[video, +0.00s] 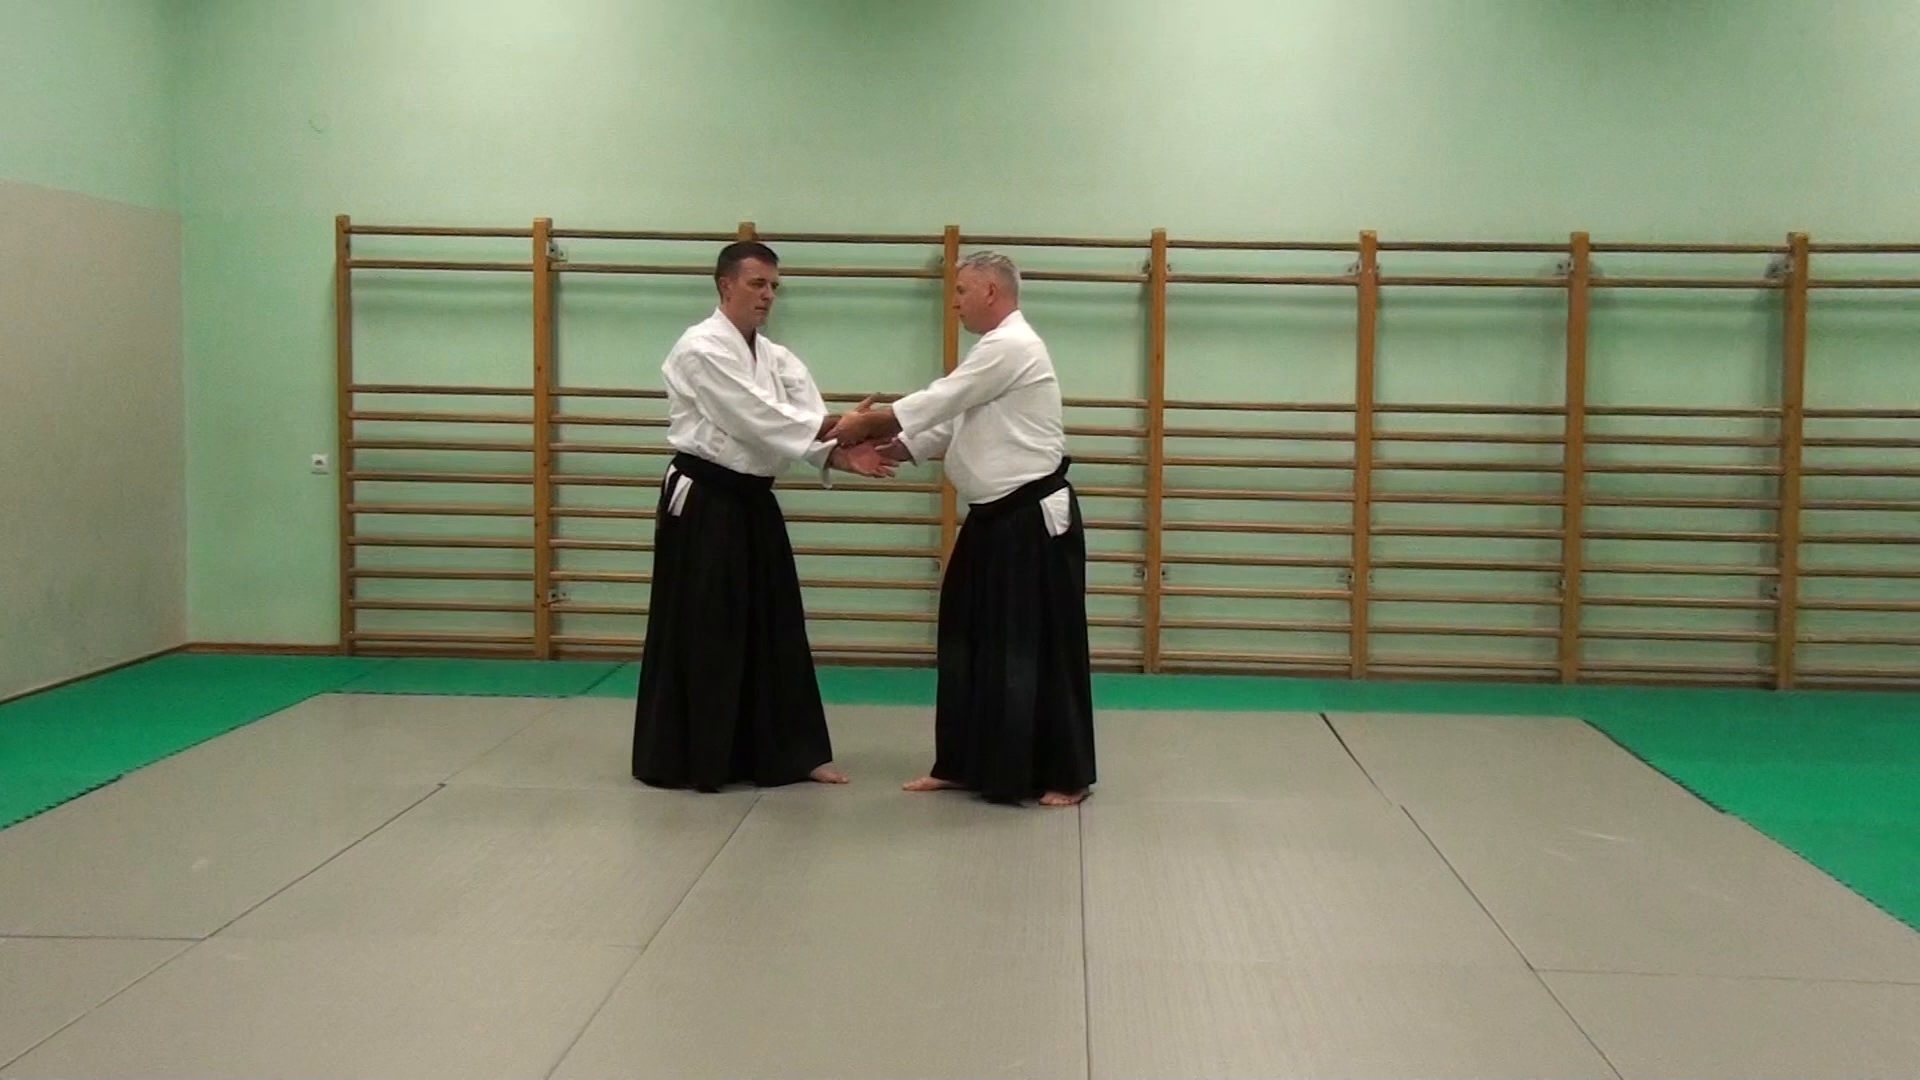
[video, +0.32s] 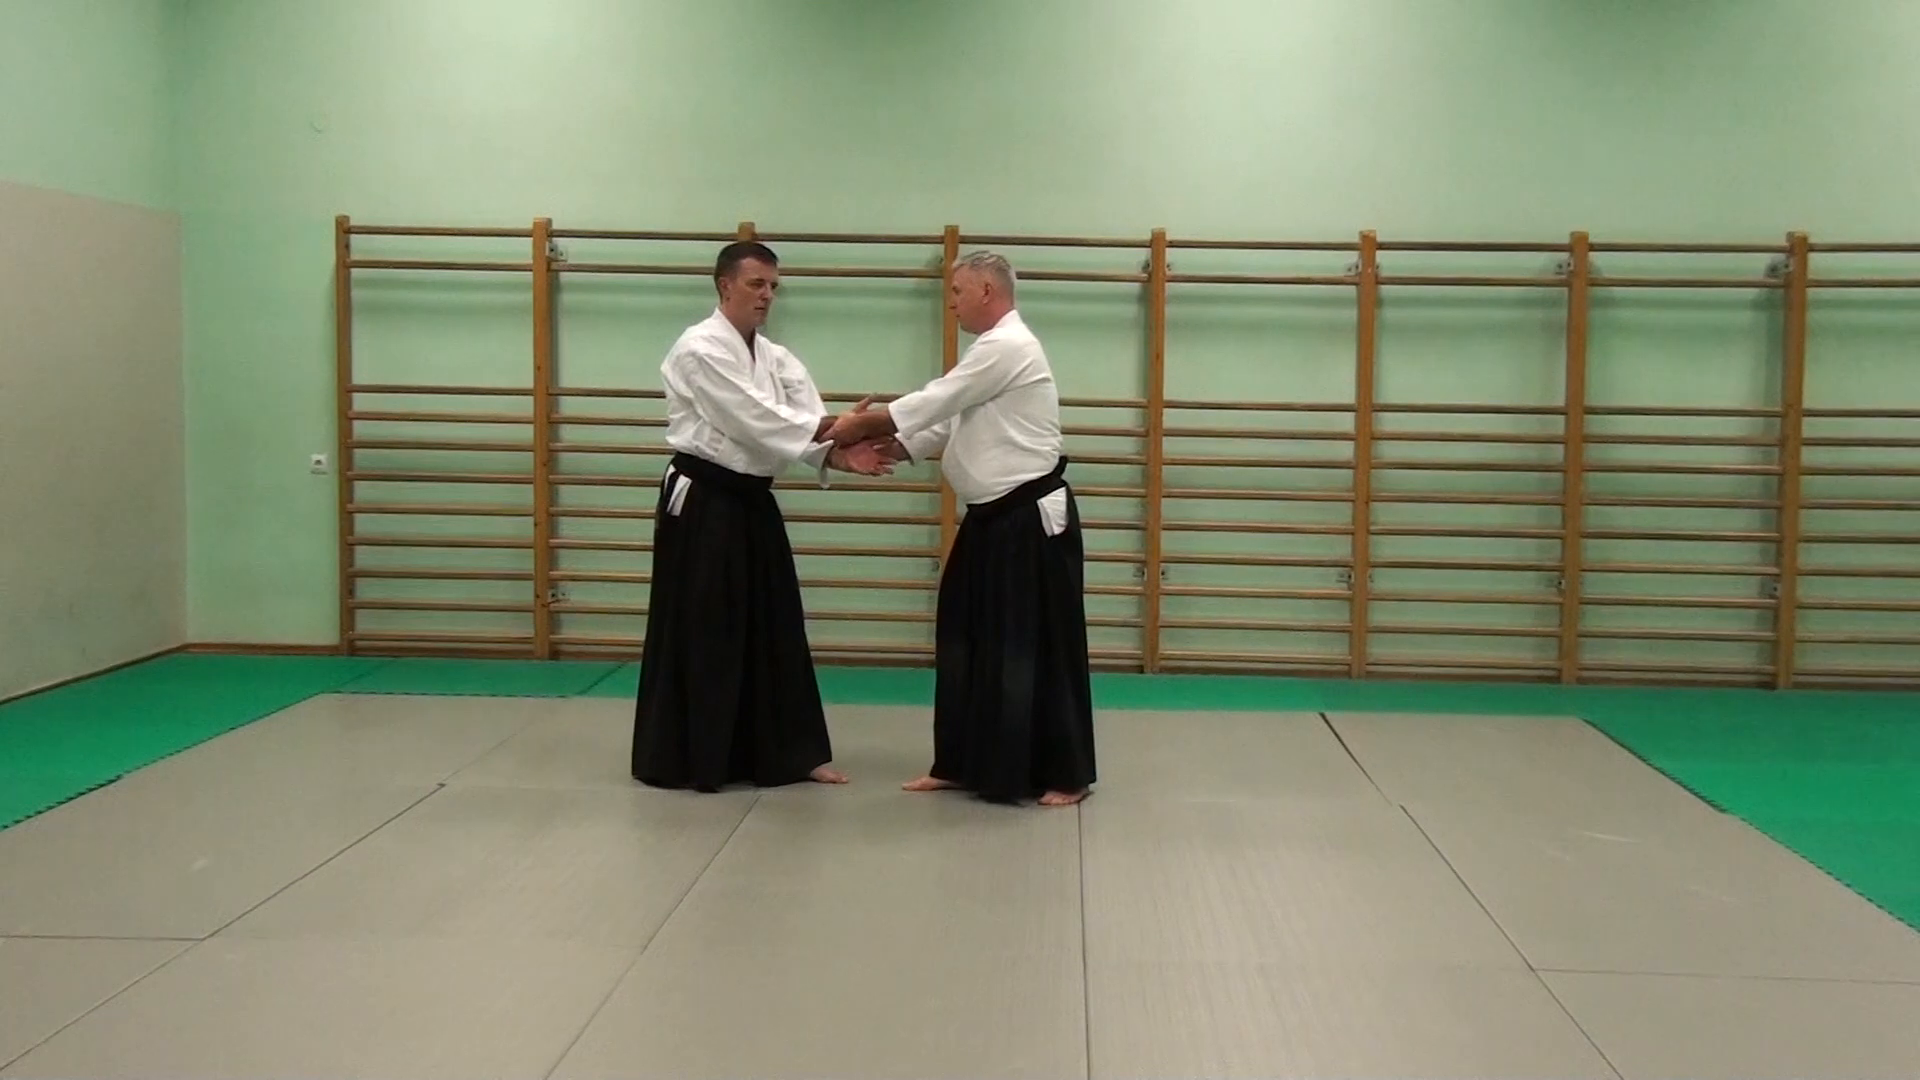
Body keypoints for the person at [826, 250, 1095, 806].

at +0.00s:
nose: (956, 304)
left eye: (962, 292)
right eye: (956, 294)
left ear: (993, 290)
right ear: (992, 291)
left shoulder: (1012, 345)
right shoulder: (993, 350)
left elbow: (939, 400)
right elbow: (949, 431)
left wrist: (865, 419)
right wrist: (890, 449)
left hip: (1034, 515)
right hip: (988, 517)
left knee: (1045, 646)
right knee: (963, 639)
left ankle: (1066, 775)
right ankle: (961, 765)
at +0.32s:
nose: (953, 304)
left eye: (958, 292)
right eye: (952, 294)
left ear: (988, 290)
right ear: (987, 291)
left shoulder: (1009, 346)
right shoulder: (989, 351)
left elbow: (935, 401)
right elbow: (947, 431)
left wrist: (860, 419)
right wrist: (886, 447)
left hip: (1032, 514)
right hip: (986, 516)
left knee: (1045, 645)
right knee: (961, 639)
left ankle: (1066, 775)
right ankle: (960, 765)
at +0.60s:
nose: (953, 304)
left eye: (959, 292)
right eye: (952, 294)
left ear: (989, 290)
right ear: (987, 291)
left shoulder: (1009, 346)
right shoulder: (990, 351)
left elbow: (934, 402)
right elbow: (948, 432)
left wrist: (858, 419)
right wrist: (888, 445)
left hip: (1032, 515)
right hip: (986, 516)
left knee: (1044, 645)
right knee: (961, 639)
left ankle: (1066, 774)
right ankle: (959, 764)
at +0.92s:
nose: (953, 303)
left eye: (958, 291)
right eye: (952, 293)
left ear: (989, 290)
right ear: (989, 291)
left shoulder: (1010, 346)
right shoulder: (990, 350)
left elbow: (934, 402)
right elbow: (950, 433)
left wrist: (858, 419)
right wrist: (889, 445)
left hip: (1031, 515)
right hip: (985, 516)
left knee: (1044, 644)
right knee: (960, 638)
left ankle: (1066, 775)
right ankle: (959, 764)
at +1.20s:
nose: (953, 303)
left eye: (959, 291)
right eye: (952, 292)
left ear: (989, 290)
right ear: (990, 291)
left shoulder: (1010, 346)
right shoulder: (989, 351)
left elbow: (941, 395)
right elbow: (951, 431)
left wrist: (864, 413)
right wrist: (886, 445)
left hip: (1030, 514)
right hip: (985, 515)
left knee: (1042, 644)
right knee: (959, 637)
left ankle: (1065, 775)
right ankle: (958, 764)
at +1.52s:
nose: (959, 298)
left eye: (971, 290)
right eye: (958, 289)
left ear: (998, 305)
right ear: (957, 300)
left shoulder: (1001, 342)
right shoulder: (966, 372)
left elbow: (932, 289)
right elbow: (938, 451)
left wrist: (888, 311)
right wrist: (887, 501)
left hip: (1017, 517)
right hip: (975, 525)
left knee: (1030, 642)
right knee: (958, 641)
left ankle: (1057, 775)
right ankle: (966, 766)